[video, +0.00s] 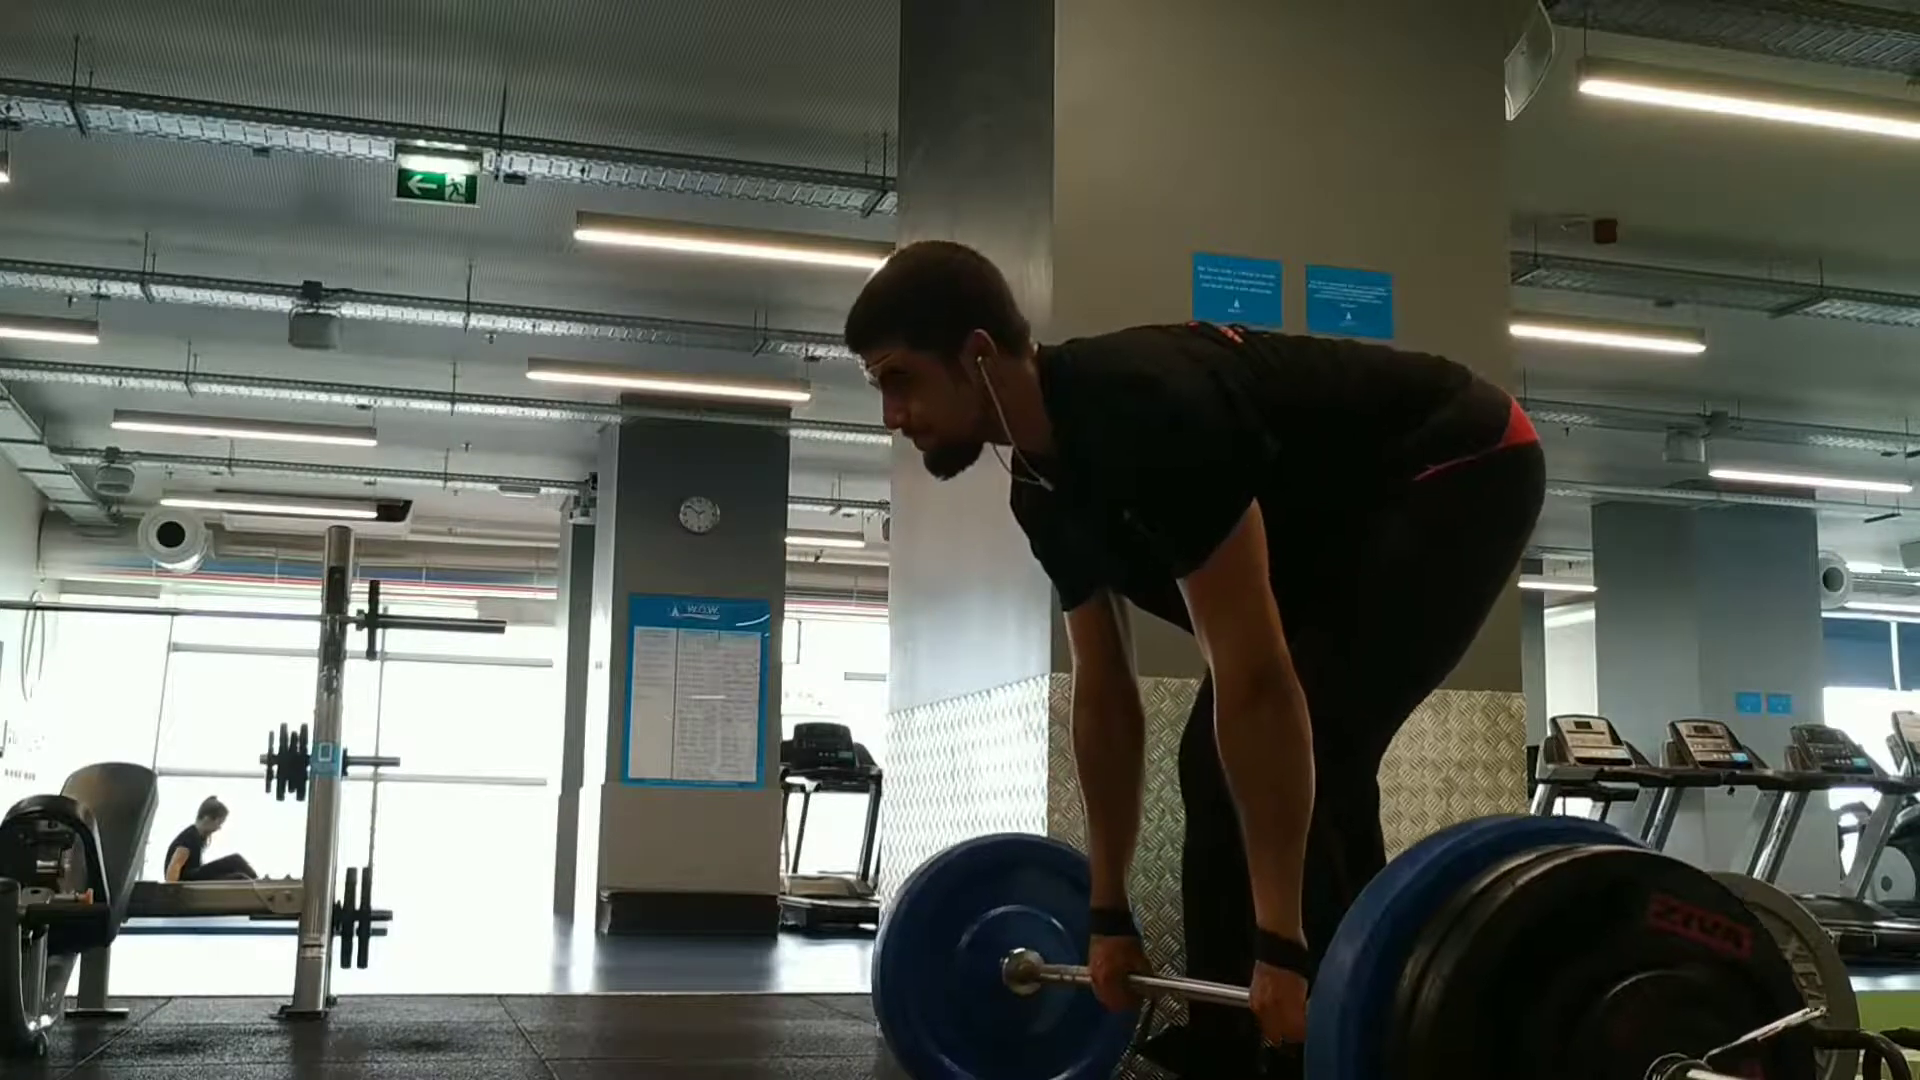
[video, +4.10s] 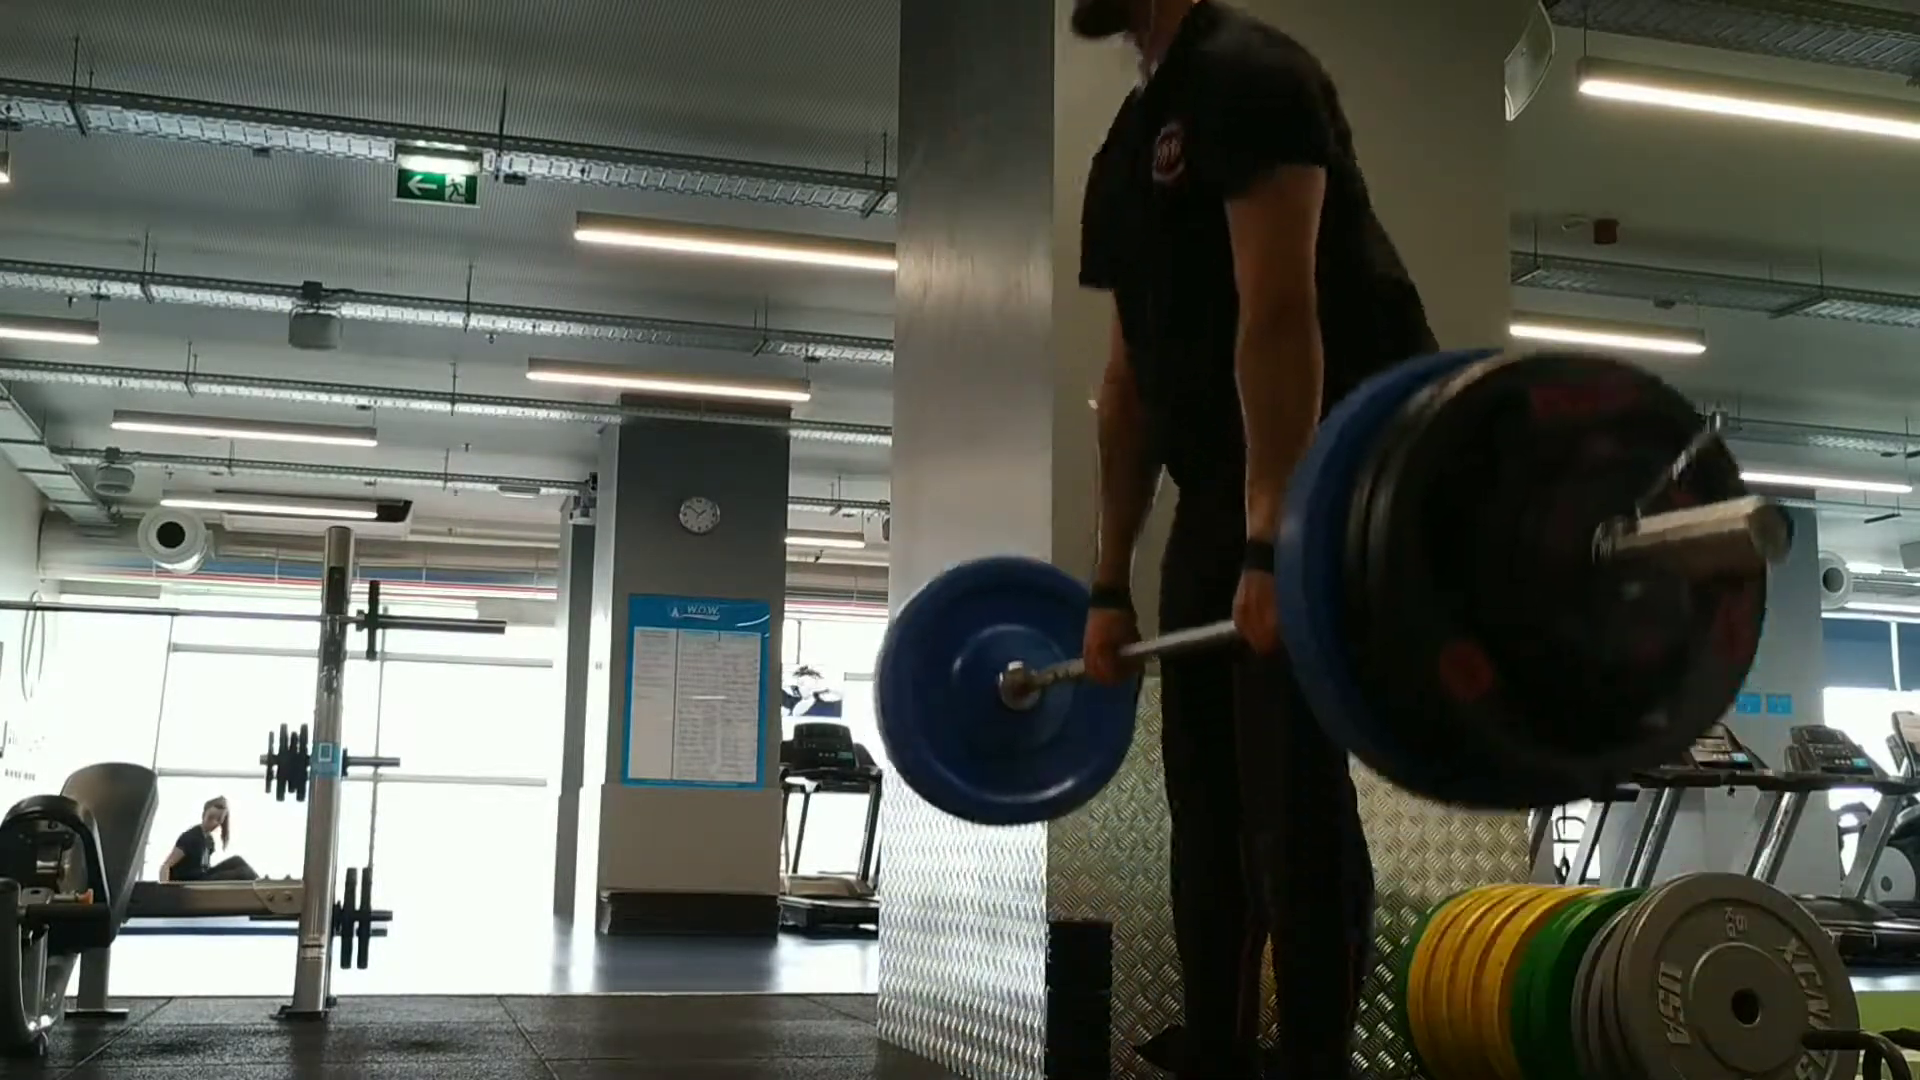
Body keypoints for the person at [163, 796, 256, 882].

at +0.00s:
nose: (219, 827)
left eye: (221, 823)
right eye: (219, 822)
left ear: (207, 819)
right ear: (207, 818)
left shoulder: (198, 837)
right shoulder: (191, 836)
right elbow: (174, 867)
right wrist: (170, 893)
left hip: (193, 877)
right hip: (185, 879)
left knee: (238, 877)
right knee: (235, 860)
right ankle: (259, 885)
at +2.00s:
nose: (219, 822)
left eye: (221, 819)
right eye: (220, 818)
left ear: (202, 812)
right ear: (214, 817)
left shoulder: (193, 832)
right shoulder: (195, 833)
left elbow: (182, 866)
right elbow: (182, 866)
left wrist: (171, 891)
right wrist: (172, 891)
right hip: (187, 881)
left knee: (234, 863)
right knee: (235, 863)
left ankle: (258, 886)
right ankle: (259, 888)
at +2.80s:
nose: (219, 821)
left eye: (220, 817)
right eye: (217, 816)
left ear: (204, 813)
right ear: (204, 813)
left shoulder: (197, 834)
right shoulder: (193, 834)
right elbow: (184, 863)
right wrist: (188, 890)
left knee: (236, 861)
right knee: (240, 873)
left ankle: (264, 886)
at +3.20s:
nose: (222, 822)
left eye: (223, 818)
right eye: (219, 817)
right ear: (206, 814)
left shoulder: (200, 836)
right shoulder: (196, 836)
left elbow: (196, 870)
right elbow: (194, 870)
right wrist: (202, 895)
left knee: (236, 861)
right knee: (242, 871)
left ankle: (261, 885)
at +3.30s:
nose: (222, 823)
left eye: (224, 819)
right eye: (220, 818)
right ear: (207, 815)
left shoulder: (202, 838)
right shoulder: (196, 838)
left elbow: (197, 873)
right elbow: (194, 874)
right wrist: (204, 897)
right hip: (181, 887)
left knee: (236, 861)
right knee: (241, 871)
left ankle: (262, 886)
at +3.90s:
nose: (219, 824)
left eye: (223, 820)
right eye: (216, 818)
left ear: (227, 822)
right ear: (207, 815)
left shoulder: (205, 838)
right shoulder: (197, 838)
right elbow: (179, 872)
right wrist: (195, 891)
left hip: (198, 877)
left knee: (236, 861)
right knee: (241, 871)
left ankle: (261, 886)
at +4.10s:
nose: (213, 823)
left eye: (218, 820)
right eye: (211, 817)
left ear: (222, 822)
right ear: (203, 814)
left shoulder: (209, 841)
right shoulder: (191, 837)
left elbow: (203, 867)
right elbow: (165, 866)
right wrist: (165, 890)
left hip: (203, 877)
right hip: (190, 883)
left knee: (236, 862)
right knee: (241, 872)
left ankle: (260, 885)